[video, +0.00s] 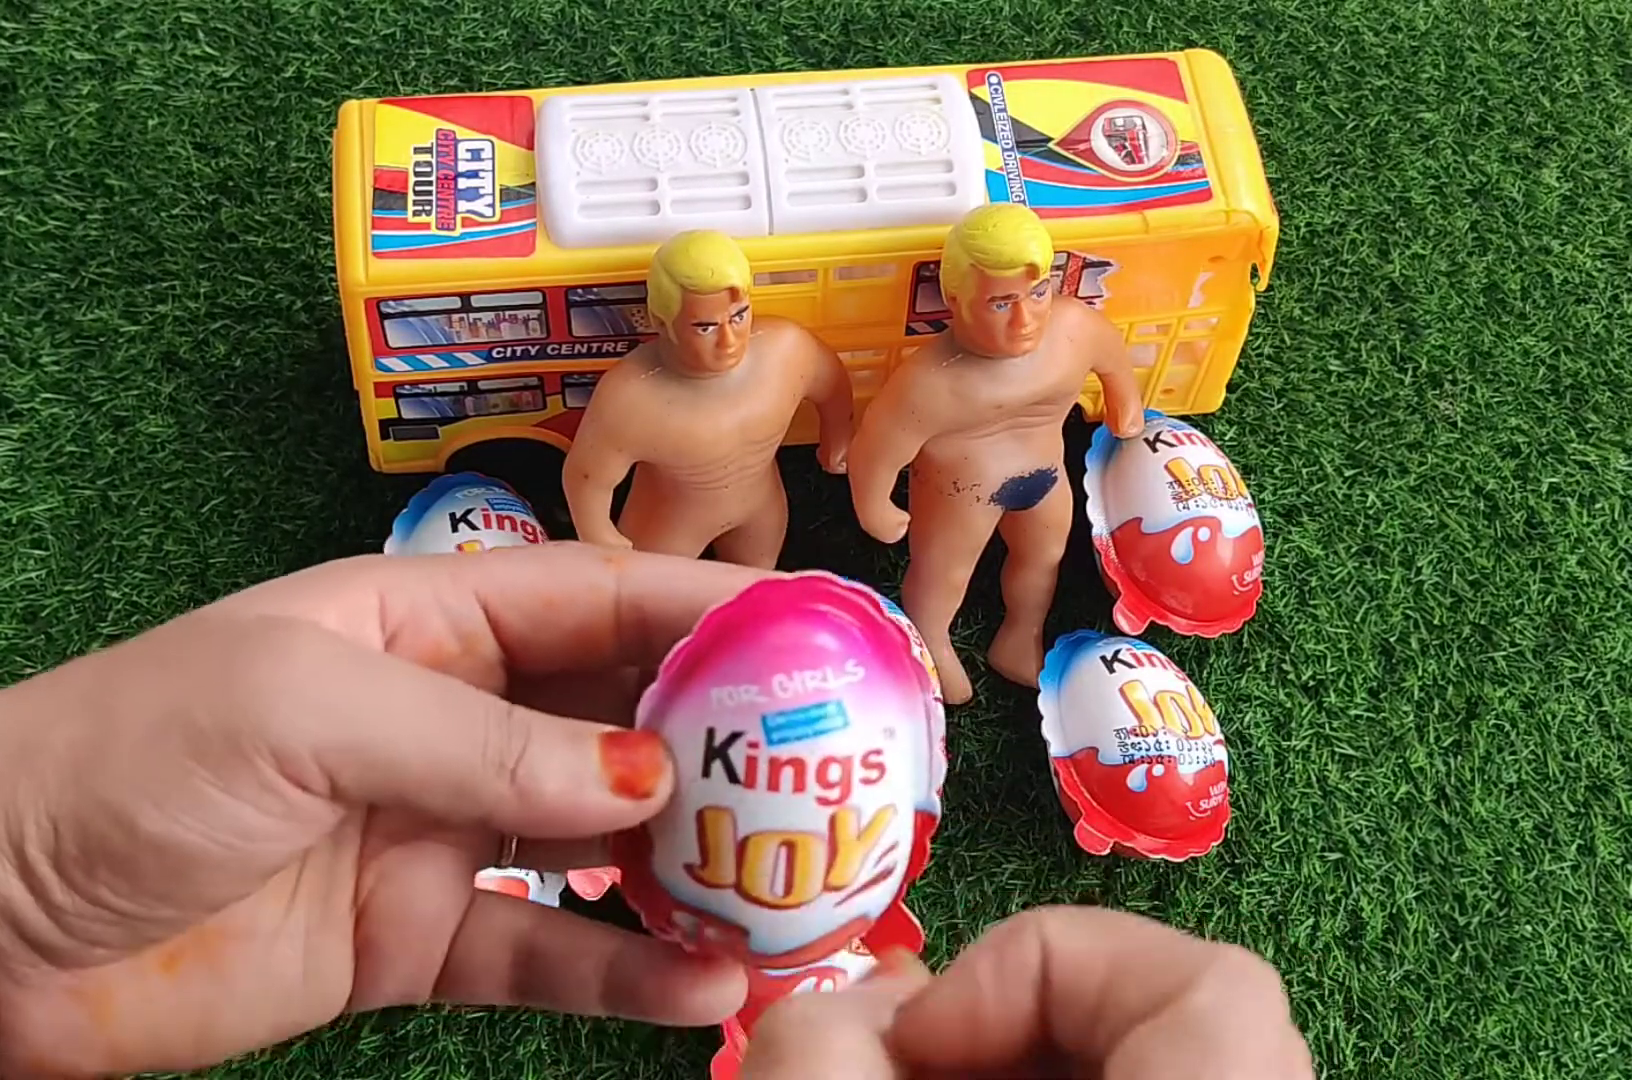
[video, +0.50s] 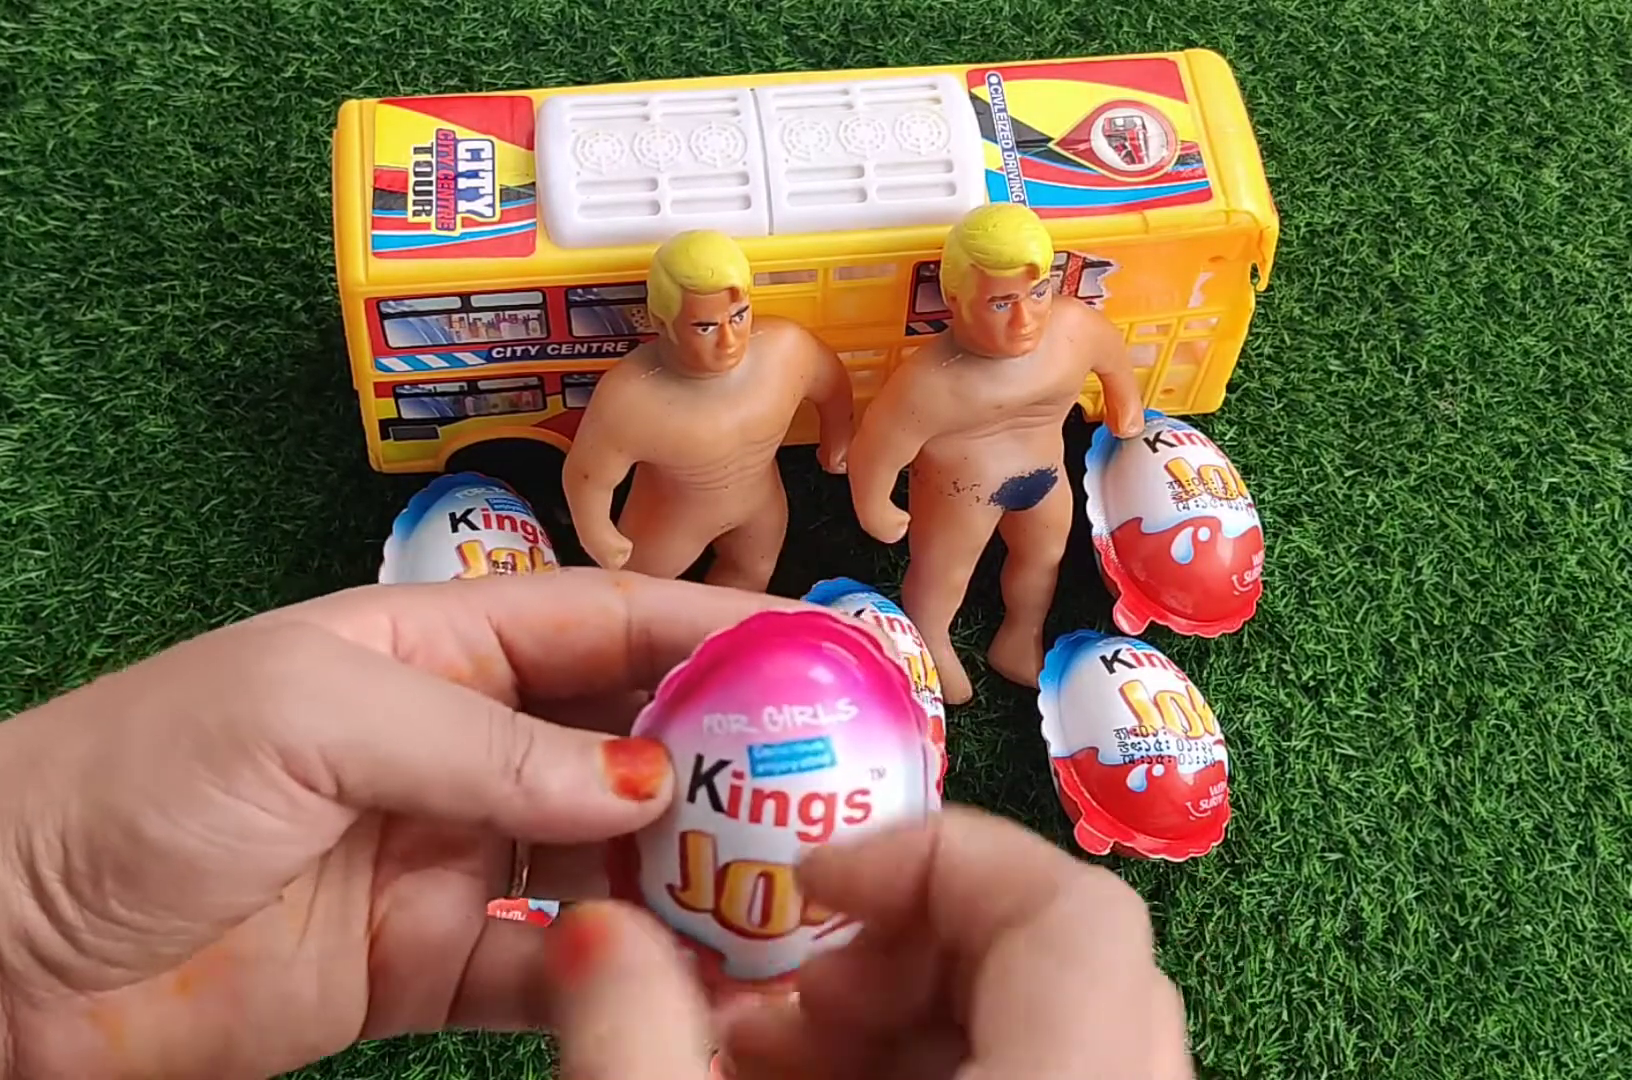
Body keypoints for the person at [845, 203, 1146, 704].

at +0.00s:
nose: (1024, 317)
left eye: (1037, 294)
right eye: (1000, 303)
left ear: (1051, 283)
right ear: (954, 301)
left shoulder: (1078, 327)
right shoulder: (927, 383)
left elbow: (1114, 361)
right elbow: (873, 452)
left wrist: (1127, 410)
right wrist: (877, 513)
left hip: (1045, 476)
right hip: (960, 490)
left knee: (1041, 560)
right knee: (942, 576)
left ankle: (1020, 642)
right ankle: (931, 643)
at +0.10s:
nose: (1024, 317)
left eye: (1037, 294)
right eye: (1000, 303)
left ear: (1051, 283)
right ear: (953, 301)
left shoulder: (1078, 327)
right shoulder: (927, 383)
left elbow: (1114, 361)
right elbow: (873, 452)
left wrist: (1126, 410)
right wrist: (877, 513)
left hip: (1045, 476)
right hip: (959, 491)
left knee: (1041, 560)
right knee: (942, 576)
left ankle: (1020, 642)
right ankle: (931, 643)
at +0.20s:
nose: (1023, 317)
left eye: (1036, 295)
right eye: (1000, 303)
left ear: (1050, 284)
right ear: (953, 303)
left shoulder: (1078, 327)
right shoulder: (926, 383)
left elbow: (1114, 361)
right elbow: (873, 452)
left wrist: (1127, 410)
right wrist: (877, 513)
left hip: (1045, 476)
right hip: (959, 491)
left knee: (1041, 561)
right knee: (942, 577)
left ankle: (1020, 642)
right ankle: (932, 644)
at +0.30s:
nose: (1024, 317)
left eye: (1036, 295)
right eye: (1000, 303)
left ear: (1051, 283)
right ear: (954, 301)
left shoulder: (1078, 327)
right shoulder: (927, 383)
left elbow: (1114, 360)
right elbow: (873, 452)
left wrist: (1126, 411)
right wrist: (877, 513)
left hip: (1045, 476)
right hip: (959, 491)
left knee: (1041, 560)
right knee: (942, 577)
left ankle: (1020, 642)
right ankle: (931, 644)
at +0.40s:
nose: (1024, 317)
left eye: (1036, 295)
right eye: (1000, 303)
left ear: (1051, 283)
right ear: (954, 301)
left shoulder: (1078, 327)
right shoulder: (926, 383)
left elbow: (1114, 360)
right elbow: (873, 452)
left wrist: (1126, 411)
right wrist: (877, 513)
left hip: (1045, 476)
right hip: (959, 491)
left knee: (1041, 560)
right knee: (942, 577)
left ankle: (1020, 642)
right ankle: (931, 644)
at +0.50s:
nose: (1023, 317)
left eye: (1036, 295)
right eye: (1000, 303)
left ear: (1051, 283)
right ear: (954, 301)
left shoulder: (1078, 327)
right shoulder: (927, 383)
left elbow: (1114, 360)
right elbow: (873, 452)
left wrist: (1126, 410)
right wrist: (877, 513)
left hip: (1045, 476)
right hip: (959, 491)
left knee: (1041, 560)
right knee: (942, 576)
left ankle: (1020, 642)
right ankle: (931, 644)